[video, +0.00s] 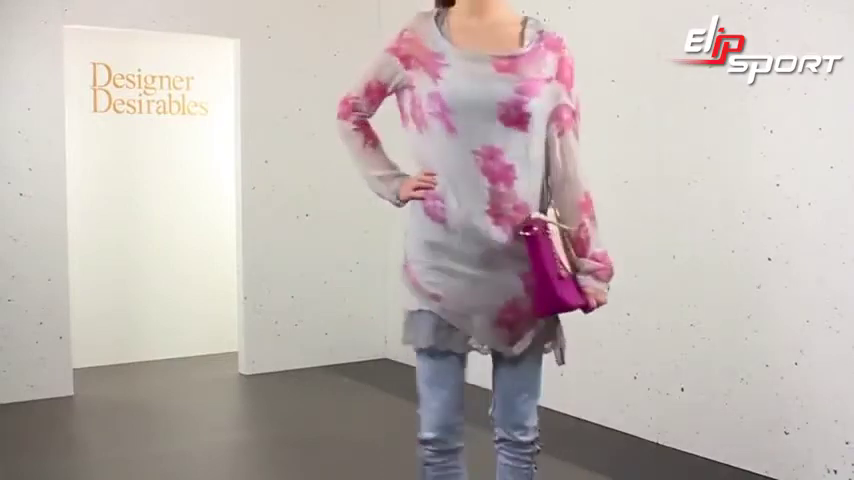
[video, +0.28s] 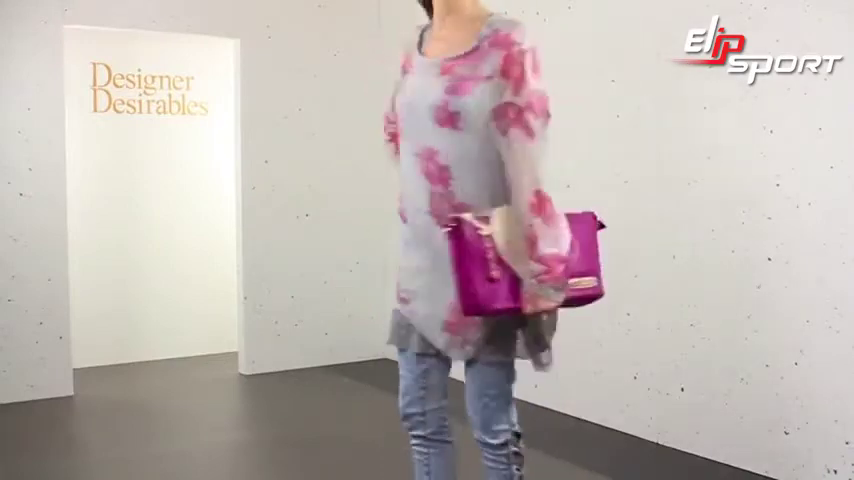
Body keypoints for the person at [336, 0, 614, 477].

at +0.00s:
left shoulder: (547, 48)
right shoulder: (418, 38)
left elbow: (566, 165)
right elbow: (352, 112)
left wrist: (590, 263)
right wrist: (392, 183)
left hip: (522, 261)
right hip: (439, 258)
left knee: (519, 435)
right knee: (437, 435)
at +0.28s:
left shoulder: (506, 45)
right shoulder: (419, 42)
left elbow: (524, 163)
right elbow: (398, 137)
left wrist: (542, 271)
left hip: (487, 266)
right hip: (420, 264)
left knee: (493, 427)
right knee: (421, 419)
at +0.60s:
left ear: (408, 0)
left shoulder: (431, 59)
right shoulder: (452, 52)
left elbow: (425, 183)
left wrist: (405, 288)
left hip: (433, 281)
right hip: (438, 276)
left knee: (442, 422)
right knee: (420, 415)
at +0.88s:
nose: (370, 9)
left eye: (368, 4)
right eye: (366, 4)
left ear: (380, 0)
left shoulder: (379, 49)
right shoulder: (468, 54)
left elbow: (359, 168)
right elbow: (501, 162)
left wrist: (326, 267)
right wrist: (463, 235)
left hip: (389, 253)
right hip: (456, 258)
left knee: (351, 394)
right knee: (435, 408)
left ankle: (376, 474)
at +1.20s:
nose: (345, 10)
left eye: (346, 3)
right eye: (346, 3)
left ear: (356, 7)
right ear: (403, 8)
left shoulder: (342, 65)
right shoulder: (438, 71)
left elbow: (318, 176)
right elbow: (433, 174)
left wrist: (285, 266)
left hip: (352, 253)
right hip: (424, 254)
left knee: (346, 397)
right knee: (419, 405)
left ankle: (349, 475)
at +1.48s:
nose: (318, 12)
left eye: (320, 4)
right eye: (319, 4)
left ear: (330, 11)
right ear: (372, 10)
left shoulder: (310, 73)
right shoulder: (408, 75)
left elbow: (289, 172)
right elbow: (420, 176)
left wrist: (260, 248)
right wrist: (424, 259)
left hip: (326, 242)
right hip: (389, 242)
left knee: (329, 375)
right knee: (368, 369)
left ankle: (341, 475)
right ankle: (386, 474)